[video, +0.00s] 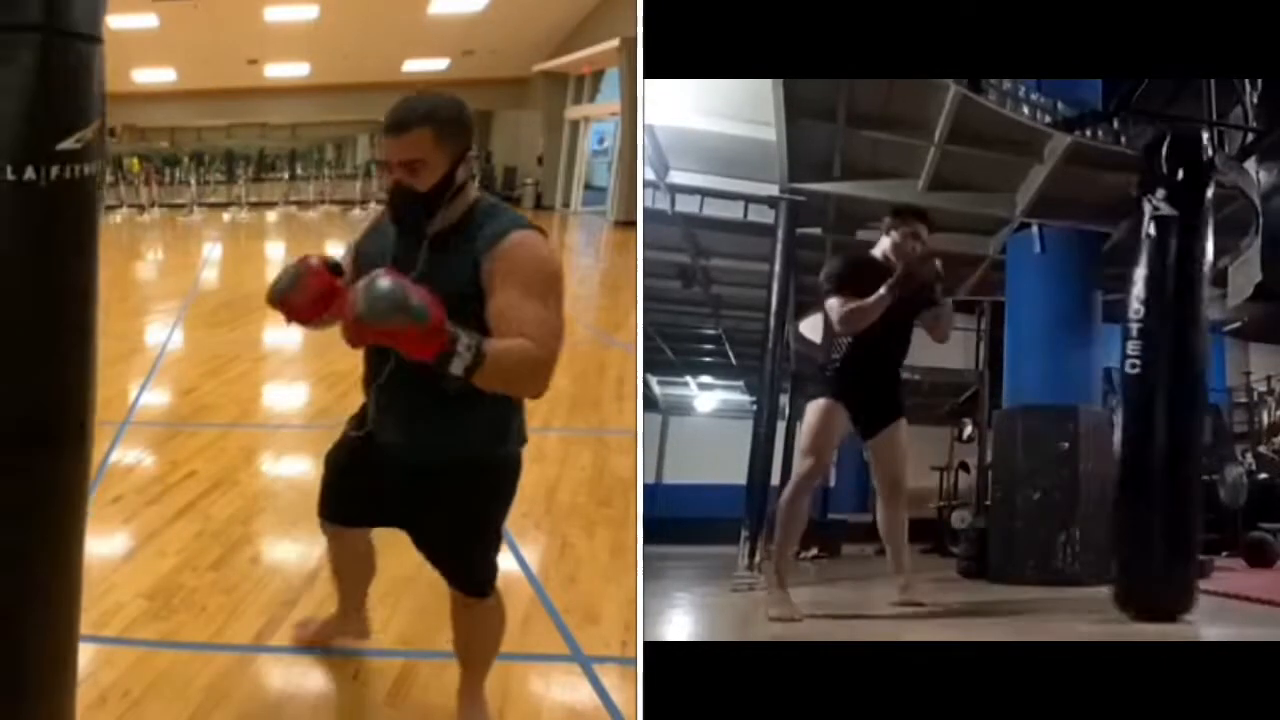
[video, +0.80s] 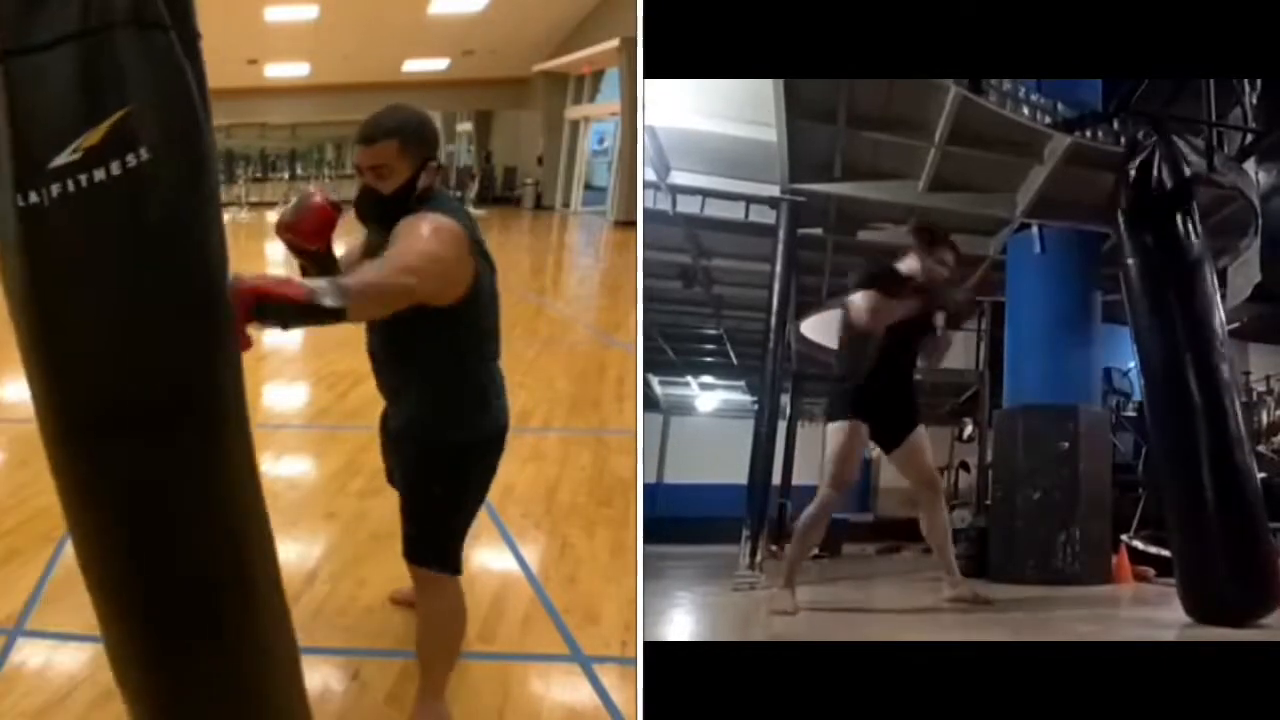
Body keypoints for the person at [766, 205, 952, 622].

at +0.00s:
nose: (913, 245)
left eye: (919, 240)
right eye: (908, 236)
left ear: (924, 248)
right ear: (886, 235)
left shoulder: (916, 283)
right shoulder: (849, 267)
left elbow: (940, 333)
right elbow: (841, 322)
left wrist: (934, 284)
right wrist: (890, 287)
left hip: (884, 390)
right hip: (838, 383)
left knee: (893, 488)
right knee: (810, 470)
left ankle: (904, 584)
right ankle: (776, 587)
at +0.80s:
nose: (945, 273)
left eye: (950, 268)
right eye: (941, 263)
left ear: (946, 270)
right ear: (918, 255)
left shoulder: (928, 300)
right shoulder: (880, 277)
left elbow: (932, 360)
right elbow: (864, 316)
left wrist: (947, 329)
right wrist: (918, 299)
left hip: (896, 401)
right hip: (854, 395)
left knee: (930, 487)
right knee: (833, 490)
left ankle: (953, 581)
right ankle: (785, 583)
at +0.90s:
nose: (960, 298)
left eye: (965, 293)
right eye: (961, 288)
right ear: (942, 275)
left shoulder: (928, 312)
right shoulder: (905, 283)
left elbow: (918, 349)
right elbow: (910, 327)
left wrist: (949, 338)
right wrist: (948, 326)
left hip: (898, 404)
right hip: (860, 398)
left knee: (940, 482)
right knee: (839, 494)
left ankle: (951, 582)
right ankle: (785, 583)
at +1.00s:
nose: (979, 293)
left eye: (983, 286)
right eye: (976, 283)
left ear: (977, 284)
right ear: (956, 272)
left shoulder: (958, 308)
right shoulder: (915, 282)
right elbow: (915, 330)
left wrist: (960, 334)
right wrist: (956, 324)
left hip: (919, 403)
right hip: (877, 395)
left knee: (960, 485)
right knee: (860, 490)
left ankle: (953, 581)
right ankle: (793, 570)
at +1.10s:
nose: (982, 282)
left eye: (986, 276)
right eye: (978, 272)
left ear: (983, 278)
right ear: (956, 265)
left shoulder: (969, 305)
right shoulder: (912, 283)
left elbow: (984, 356)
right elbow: (894, 331)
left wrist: (988, 314)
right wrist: (951, 315)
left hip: (930, 404)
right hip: (889, 396)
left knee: (968, 485)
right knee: (874, 479)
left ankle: (954, 580)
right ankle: (822, 579)